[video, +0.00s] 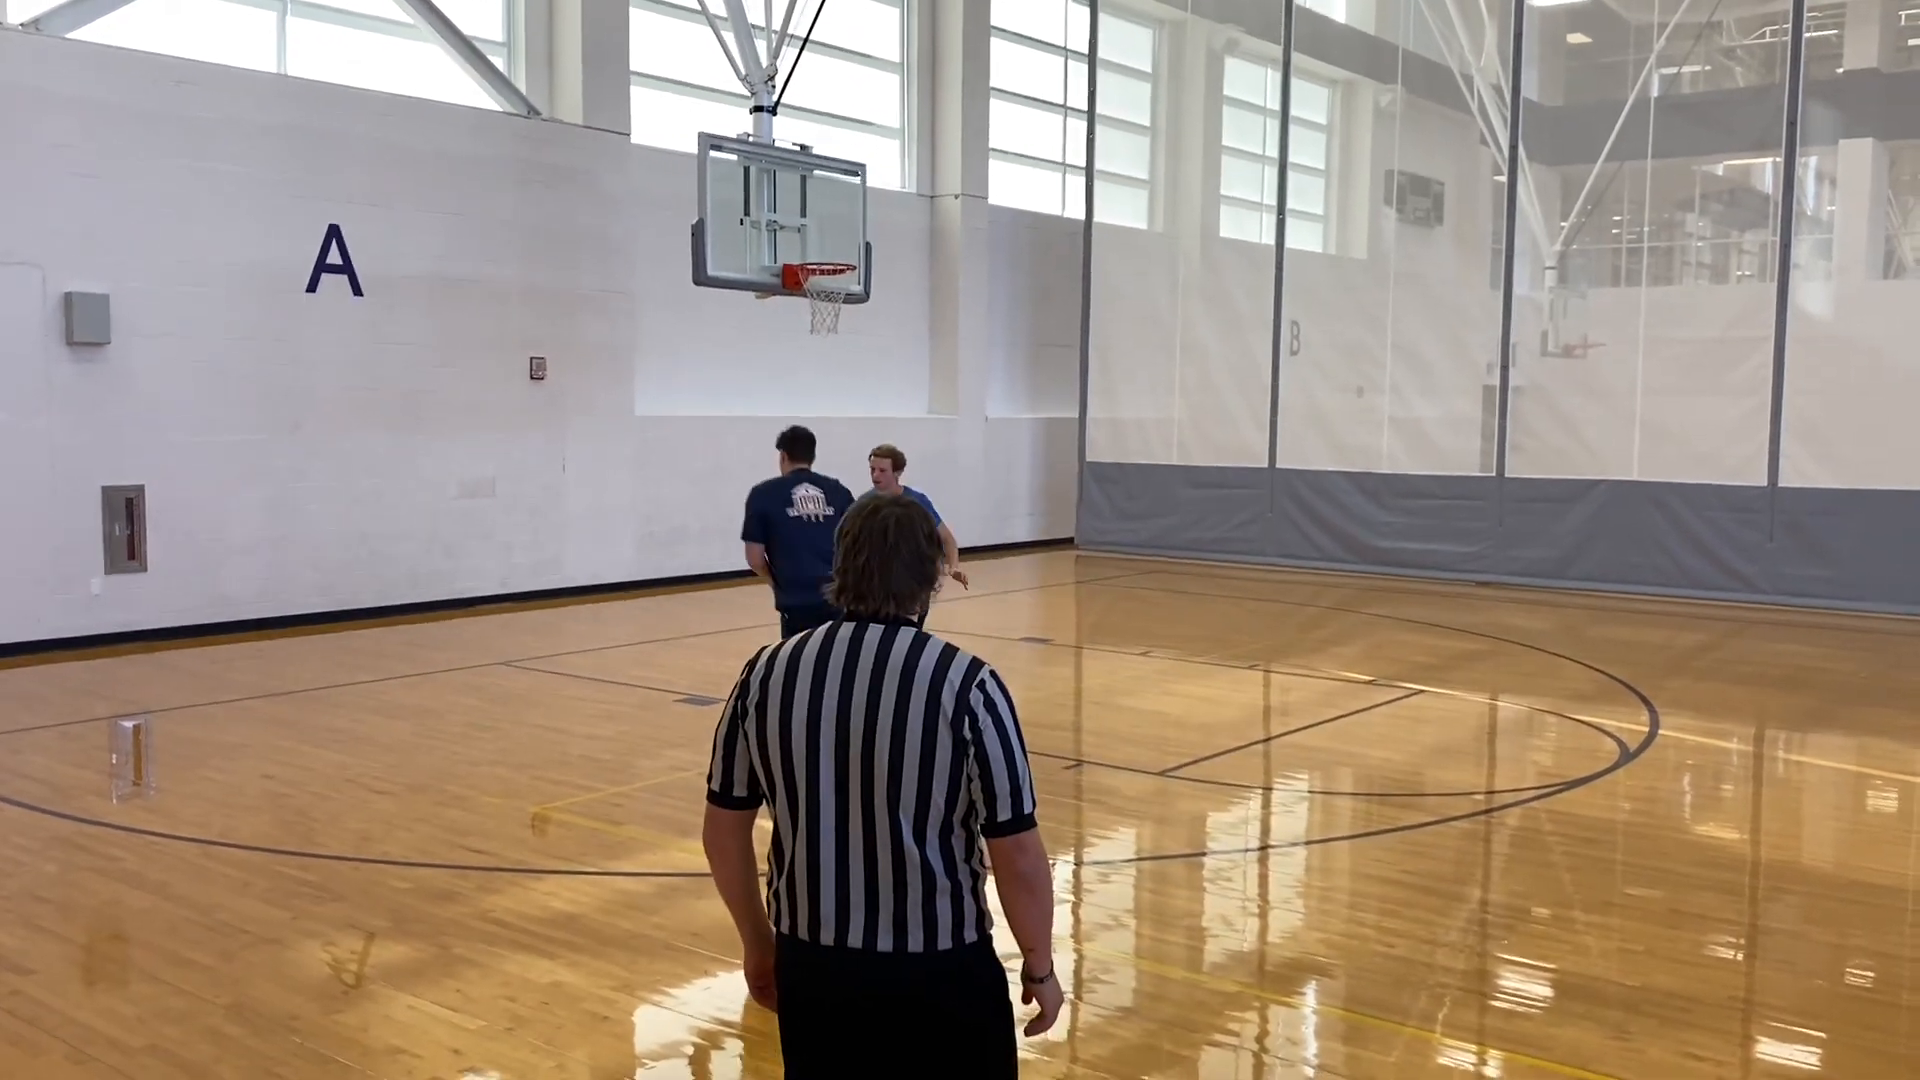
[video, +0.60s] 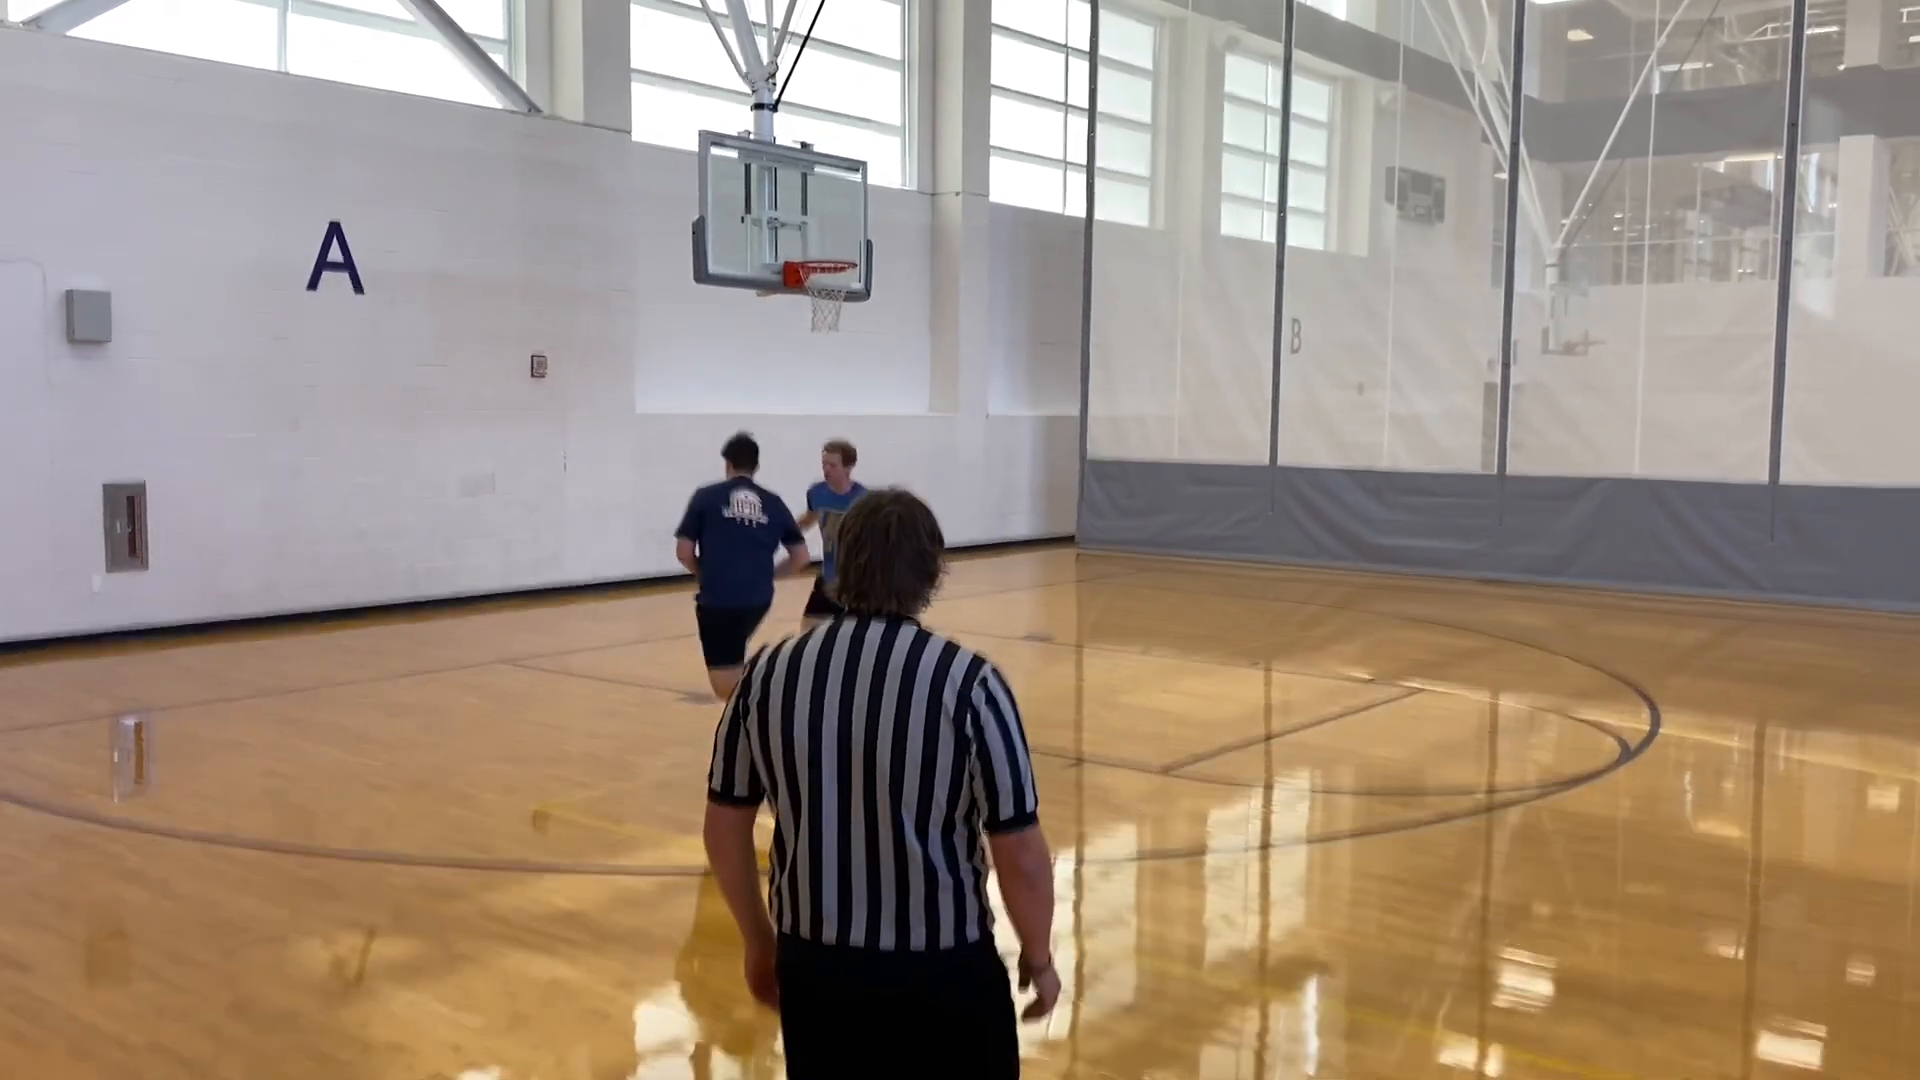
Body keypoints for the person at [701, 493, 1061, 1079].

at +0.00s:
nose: (942, 575)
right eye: (938, 562)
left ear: (842, 564)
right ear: (930, 575)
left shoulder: (768, 669)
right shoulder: (968, 683)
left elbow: (723, 828)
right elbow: (1016, 853)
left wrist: (756, 940)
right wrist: (1039, 963)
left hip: (812, 976)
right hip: (945, 978)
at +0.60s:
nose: (939, 573)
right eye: (935, 561)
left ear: (841, 564)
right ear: (929, 572)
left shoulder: (768, 671)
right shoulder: (969, 682)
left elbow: (724, 826)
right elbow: (1019, 851)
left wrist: (757, 940)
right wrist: (1037, 953)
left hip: (815, 974)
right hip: (948, 977)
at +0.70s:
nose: (938, 573)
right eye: (934, 560)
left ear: (841, 566)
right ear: (929, 572)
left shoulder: (768, 670)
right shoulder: (967, 681)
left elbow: (723, 826)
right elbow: (1017, 849)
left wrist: (755, 939)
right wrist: (1035, 950)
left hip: (814, 976)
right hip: (945, 978)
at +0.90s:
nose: (938, 570)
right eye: (934, 558)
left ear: (841, 566)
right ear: (928, 569)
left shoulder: (765, 670)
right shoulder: (968, 682)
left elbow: (721, 829)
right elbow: (1018, 853)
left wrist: (754, 939)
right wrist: (1032, 949)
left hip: (812, 974)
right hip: (945, 976)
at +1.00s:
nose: (940, 571)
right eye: (936, 558)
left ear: (841, 565)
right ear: (929, 570)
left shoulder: (764, 671)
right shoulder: (968, 682)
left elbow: (721, 830)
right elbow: (1018, 854)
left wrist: (754, 939)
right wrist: (1030, 946)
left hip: (812, 973)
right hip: (945, 975)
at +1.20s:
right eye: (934, 557)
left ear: (842, 563)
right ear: (929, 569)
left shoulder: (766, 670)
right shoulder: (969, 681)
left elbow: (721, 830)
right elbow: (1020, 854)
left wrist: (755, 939)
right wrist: (1027, 942)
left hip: (813, 973)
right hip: (945, 975)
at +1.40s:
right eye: (934, 556)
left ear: (840, 563)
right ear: (930, 569)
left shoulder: (766, 670)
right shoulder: (970, 680)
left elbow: (721, 829)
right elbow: (1020, 853)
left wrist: (756, 938)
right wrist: (1025, 940)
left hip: (813, 972)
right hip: (946, 975)